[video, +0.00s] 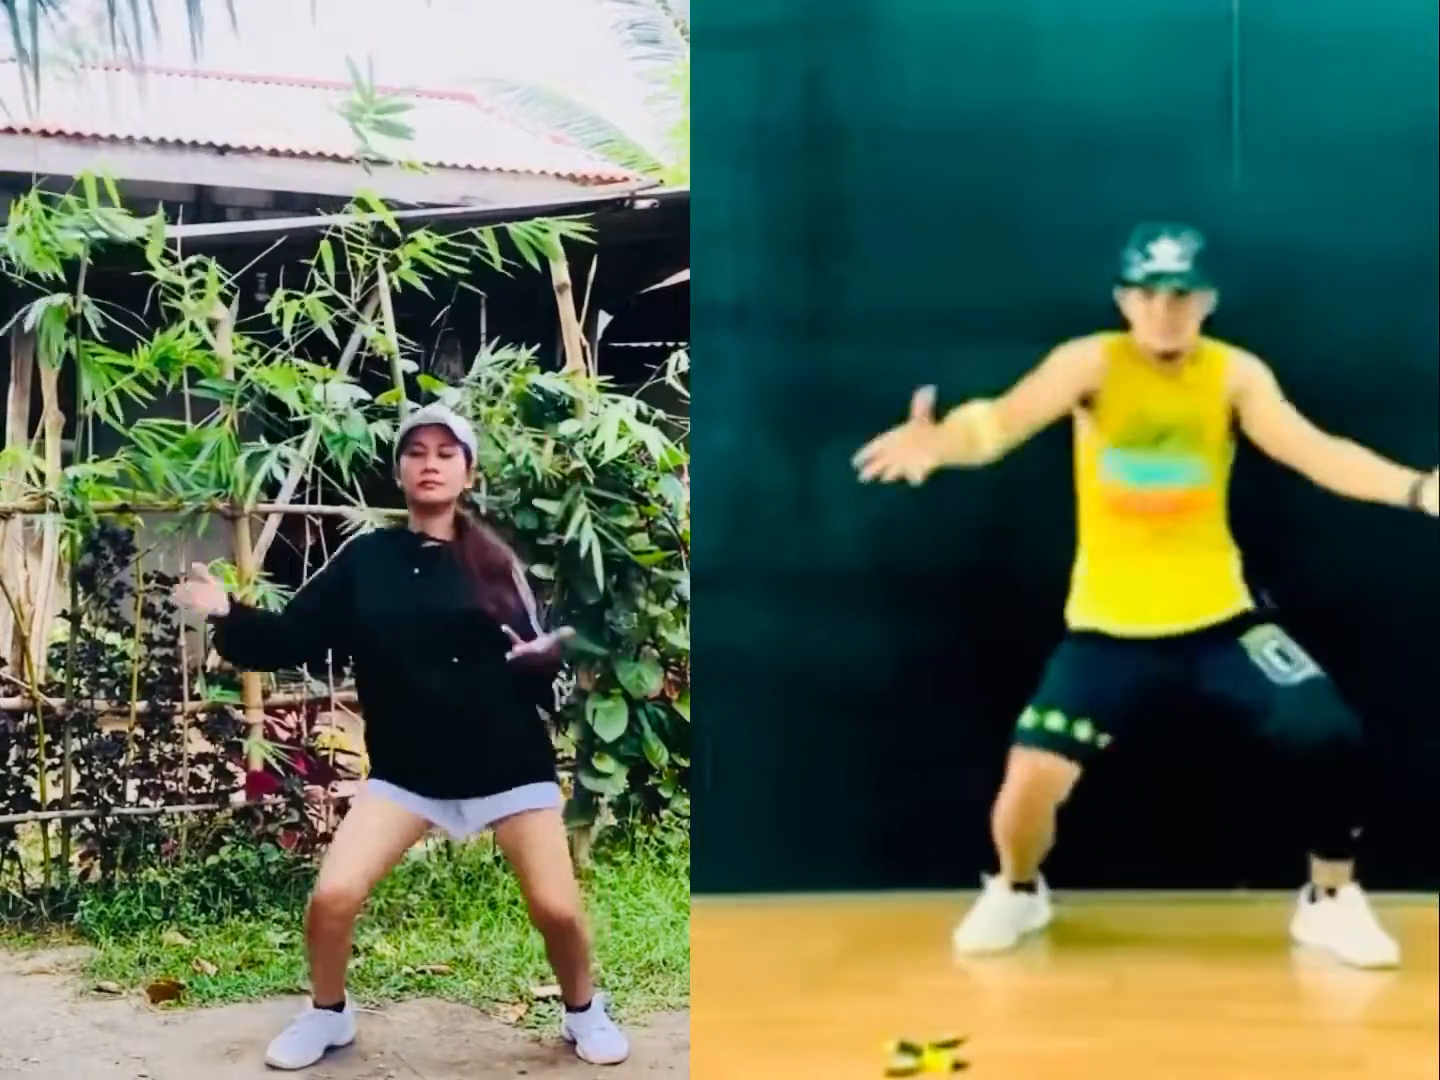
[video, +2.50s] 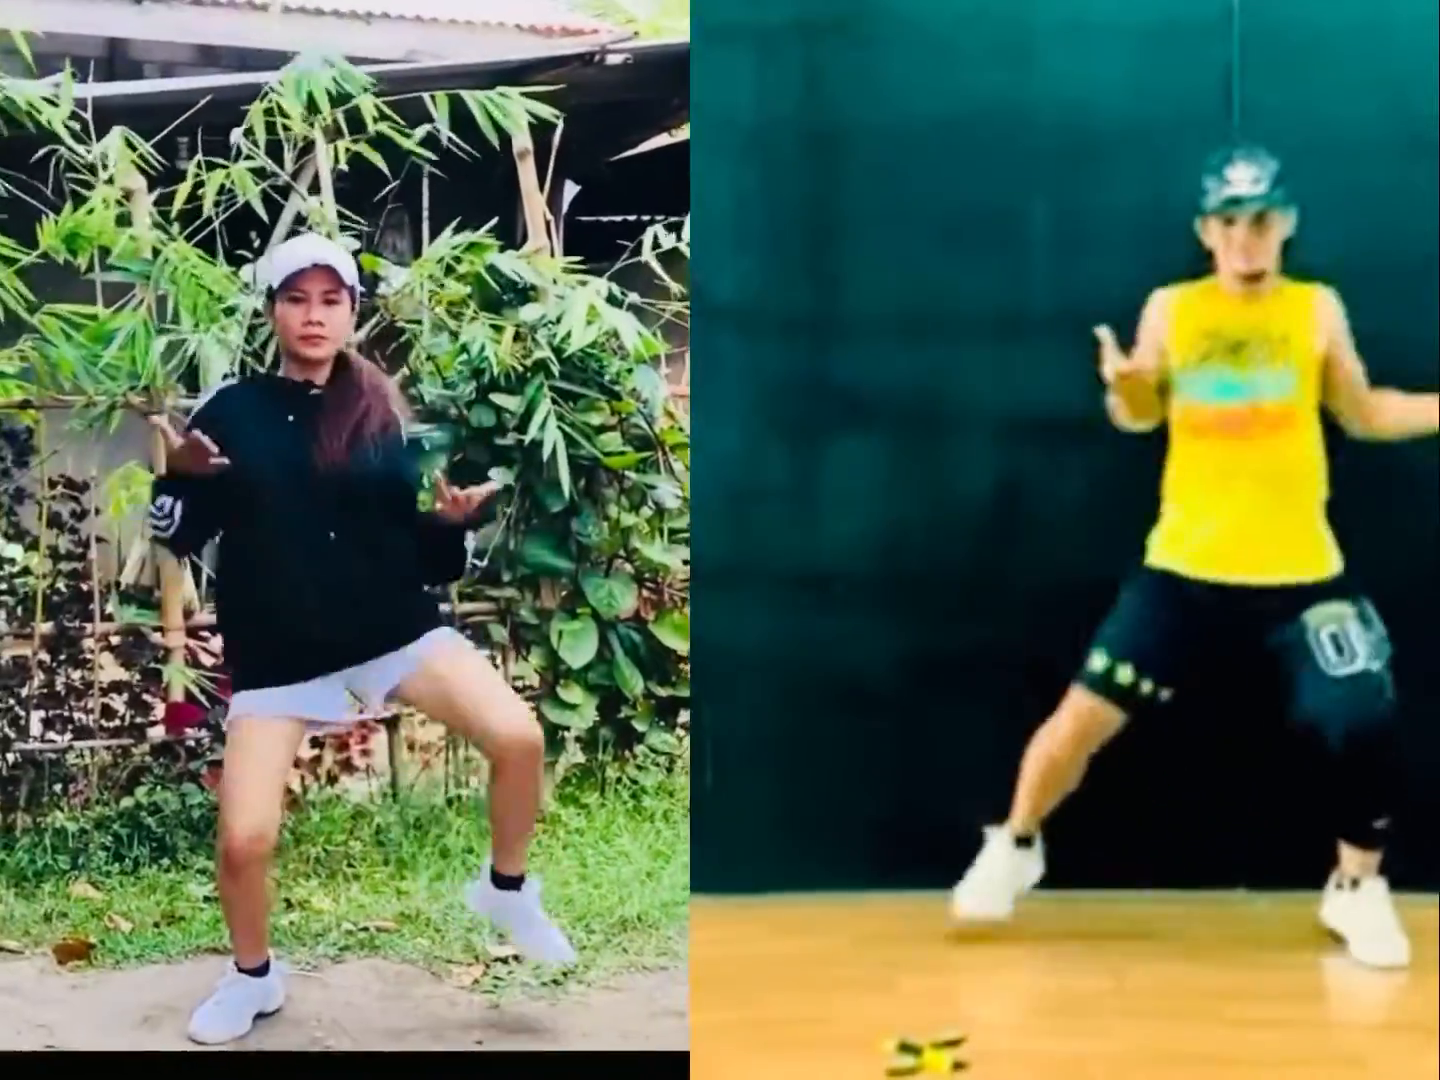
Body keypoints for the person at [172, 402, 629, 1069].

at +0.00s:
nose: (429, 465)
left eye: (445, 454)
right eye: (416, 453)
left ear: (468, 472)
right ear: (399, 470)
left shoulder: (494, 559)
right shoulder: (365, 557)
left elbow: (538, 683)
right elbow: (294, 638)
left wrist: (542, 664)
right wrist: (226, 613)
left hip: (510, 767)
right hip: (405, 771)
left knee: (559, 910)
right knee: (330, 900)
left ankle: (585, 1011)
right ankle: (326, 1015)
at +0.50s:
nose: (367, 424)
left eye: (383, 412)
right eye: (352, 411)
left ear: (403, 429)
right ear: (333, 428)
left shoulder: (416, 522)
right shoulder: (295, 510)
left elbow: (486, 627)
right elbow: (229, 599)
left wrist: (491, 568)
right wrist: (159, 644)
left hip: (409, 697)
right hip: (323, 728)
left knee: (501, 712)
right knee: (310, 895)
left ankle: (463, 843)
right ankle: (330, 1012)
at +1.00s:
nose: (458, 453)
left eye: (471, 438)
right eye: (443, 442)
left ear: (496, 447)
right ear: (428, 458)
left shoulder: (542, 531)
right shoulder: (410, 546)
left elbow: (618, 615)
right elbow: (373, 647)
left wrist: (602, 539)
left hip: (518, 750)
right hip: (414, 754)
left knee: (590, 879)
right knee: (361, 899)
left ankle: (588, 1015)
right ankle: (322, 1010)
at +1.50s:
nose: (483, 416)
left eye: (499, 401)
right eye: (468, 403)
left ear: (527, 411)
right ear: (455, 418)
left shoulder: (574, 473)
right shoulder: (453, 511)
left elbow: (668, 552)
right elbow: (443, 621)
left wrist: (622, 522)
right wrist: (397, 631)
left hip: (543, 708)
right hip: (447, 684)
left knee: (571, 877)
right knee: (383, 778)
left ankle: (579, 1011)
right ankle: (353, 889)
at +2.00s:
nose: (280, 321)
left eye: (298, 307)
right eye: (264, 305)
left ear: (326, 321)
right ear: (242, 319)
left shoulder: (354, 408)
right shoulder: (201, 425)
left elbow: (435, 534)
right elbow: (173, 547)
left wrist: (414, 473)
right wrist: (156, 557)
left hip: (349, 644)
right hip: (231, 661)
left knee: (463, 774)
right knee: (224, 853)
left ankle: (458, 929)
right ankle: (224, 1001)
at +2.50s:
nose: (315, 315)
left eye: (332, 300)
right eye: (298, 299)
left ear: (354, 316)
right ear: (273, 312)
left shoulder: (378, 406)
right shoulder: (231, 412)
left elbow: (423, 555)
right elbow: (182, 538)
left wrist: (451, 517)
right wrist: (178, 480)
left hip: (392, 630)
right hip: (274, 656)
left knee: (519, 735)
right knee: (243, 841)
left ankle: (506, 889)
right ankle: (252, 975)